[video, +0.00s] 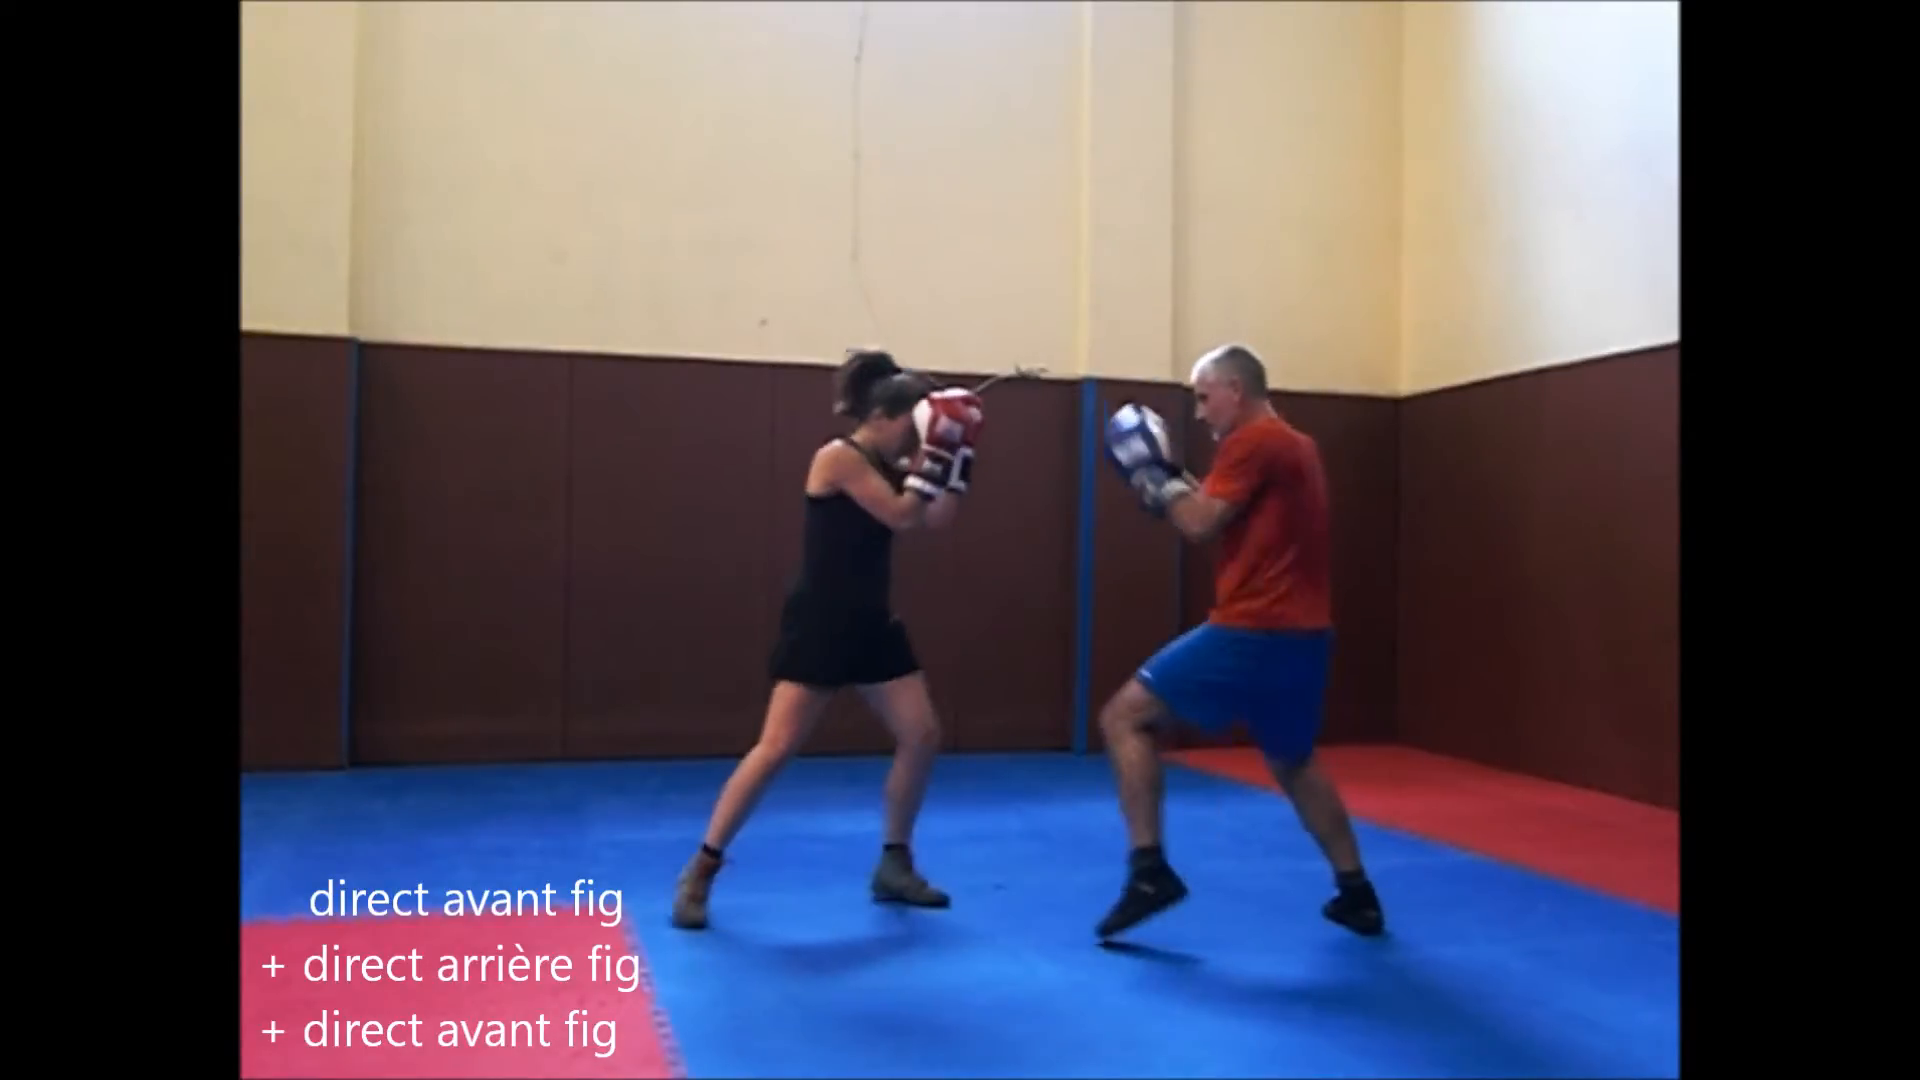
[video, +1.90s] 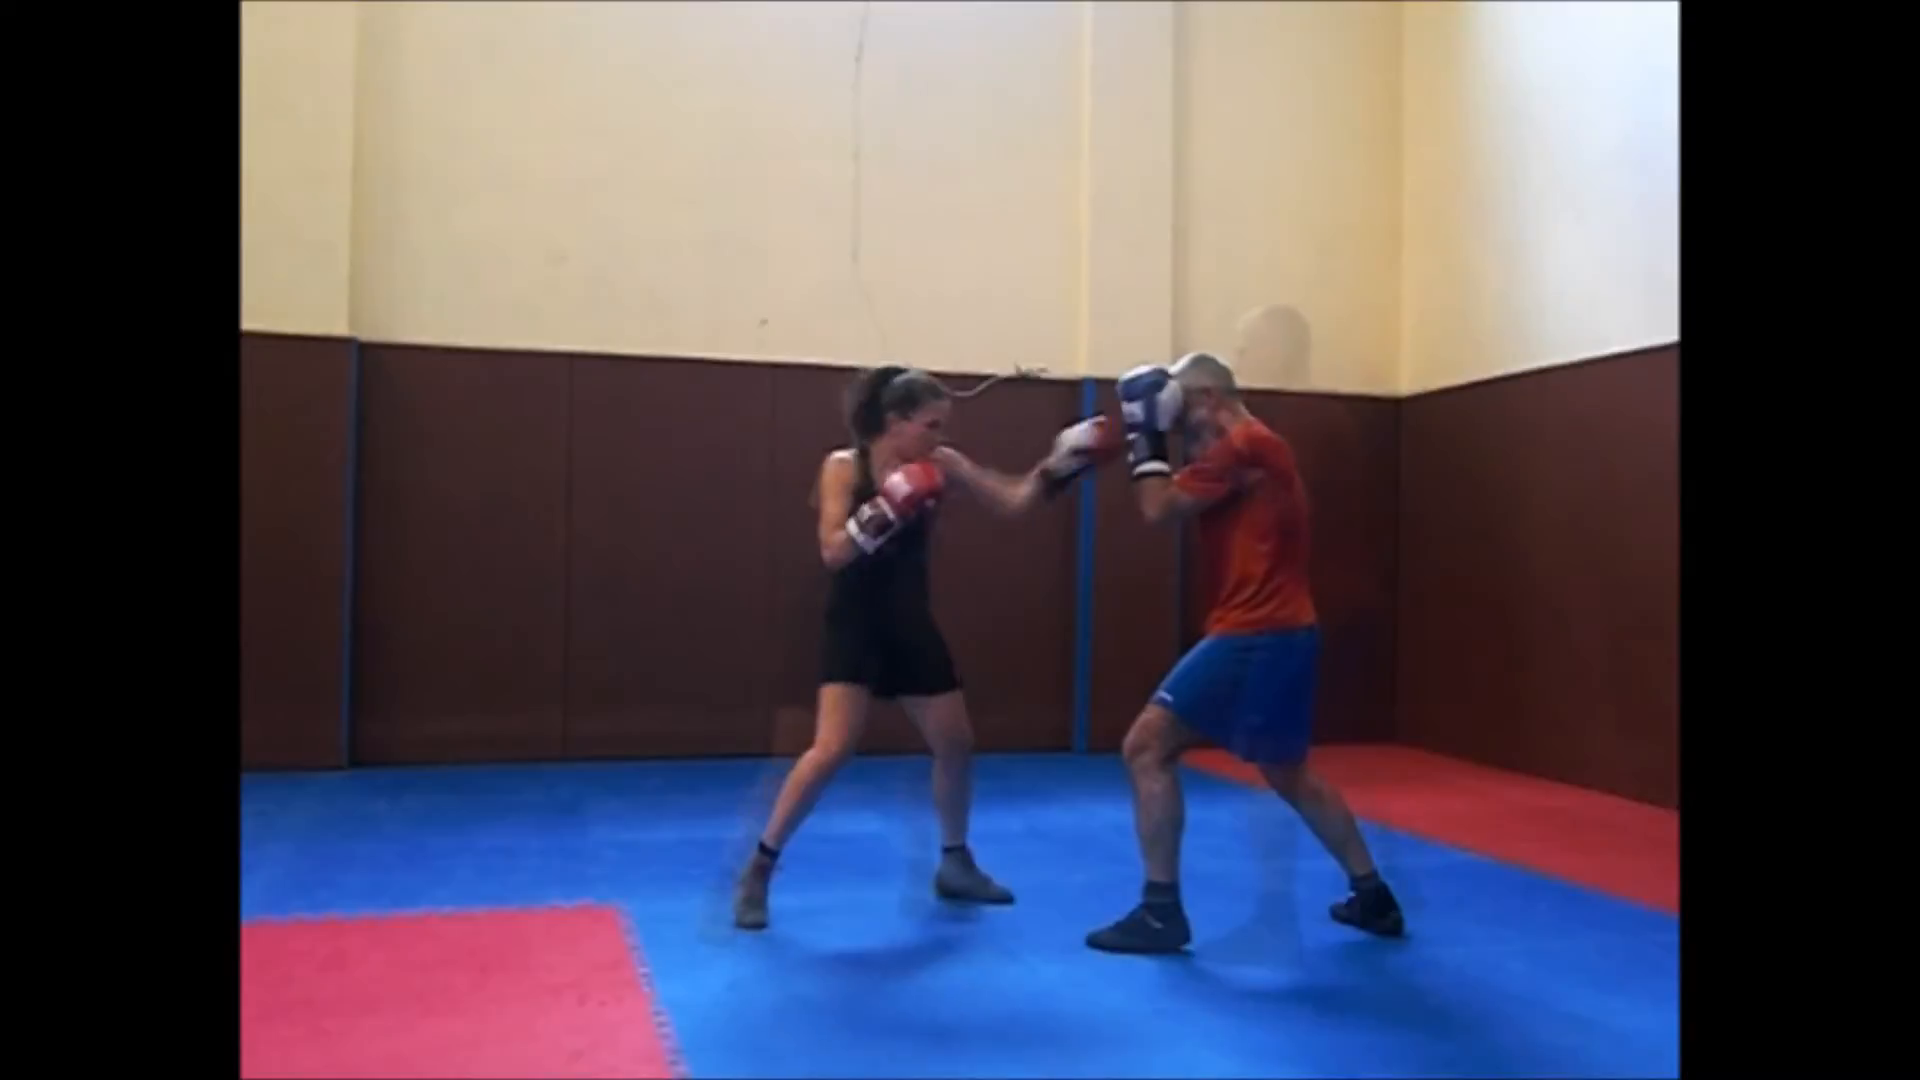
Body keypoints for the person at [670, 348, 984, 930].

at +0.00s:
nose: (912, 435)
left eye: (916, 425)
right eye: (909, 423)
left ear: (886, 418)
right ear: (881, 415)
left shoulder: (881, 466)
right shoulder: (837, 457)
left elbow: (936, 517)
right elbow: (899, 514)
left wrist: (956, 459)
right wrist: (934, 461)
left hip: (869, 627)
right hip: (818, 625)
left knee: (921, 733)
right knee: (775, 748)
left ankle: (895, 865)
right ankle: (701, 871)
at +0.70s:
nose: (837, 444)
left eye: (841, 434)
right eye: (830, 433)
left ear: (833, 427)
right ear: (800, 421)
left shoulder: (820, 471)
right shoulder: (767, 465)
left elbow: (874, 513)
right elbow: (843, 509)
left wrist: (885, 444)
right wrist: (867, 447)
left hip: (832, 629)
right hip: (779, 632)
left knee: (886, 741)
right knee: (750, 761)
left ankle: (890, 868)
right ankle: (689, 880)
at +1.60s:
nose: (886, 433)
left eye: (887, 423)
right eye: (881, 422)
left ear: (851, 420)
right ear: (852, 419)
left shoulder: (843, 467)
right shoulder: (813, 465)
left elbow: (893, 523)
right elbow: (897, 514)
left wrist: (919, 463)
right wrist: (918, 460)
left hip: (850, 623)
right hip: (806, 629)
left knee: (930, 713)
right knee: (809, 758)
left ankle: (916, 835)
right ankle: (755, 875)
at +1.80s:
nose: (918, 430)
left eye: (921, 420)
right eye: (910, 419)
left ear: (910, 418)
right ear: (872, 414)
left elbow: (988, 485)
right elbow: (826, 542)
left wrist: (1036, 456)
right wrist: (884, 494)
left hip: (898, 615)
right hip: (837, 618)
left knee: (948, 735)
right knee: (812, 741)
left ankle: (961, 850)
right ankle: (751, 871)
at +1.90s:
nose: (937, 438)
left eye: (940, 428)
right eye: (930, 426)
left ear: (929, 427)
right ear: (891, 420)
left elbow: (1014, 497)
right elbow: (832, 551)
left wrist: (1059, 463)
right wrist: (884, 509)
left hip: (912, 626)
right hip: (856, 627)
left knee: (955, 741)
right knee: (833, 746)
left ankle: (956, 865)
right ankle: (759, 870)